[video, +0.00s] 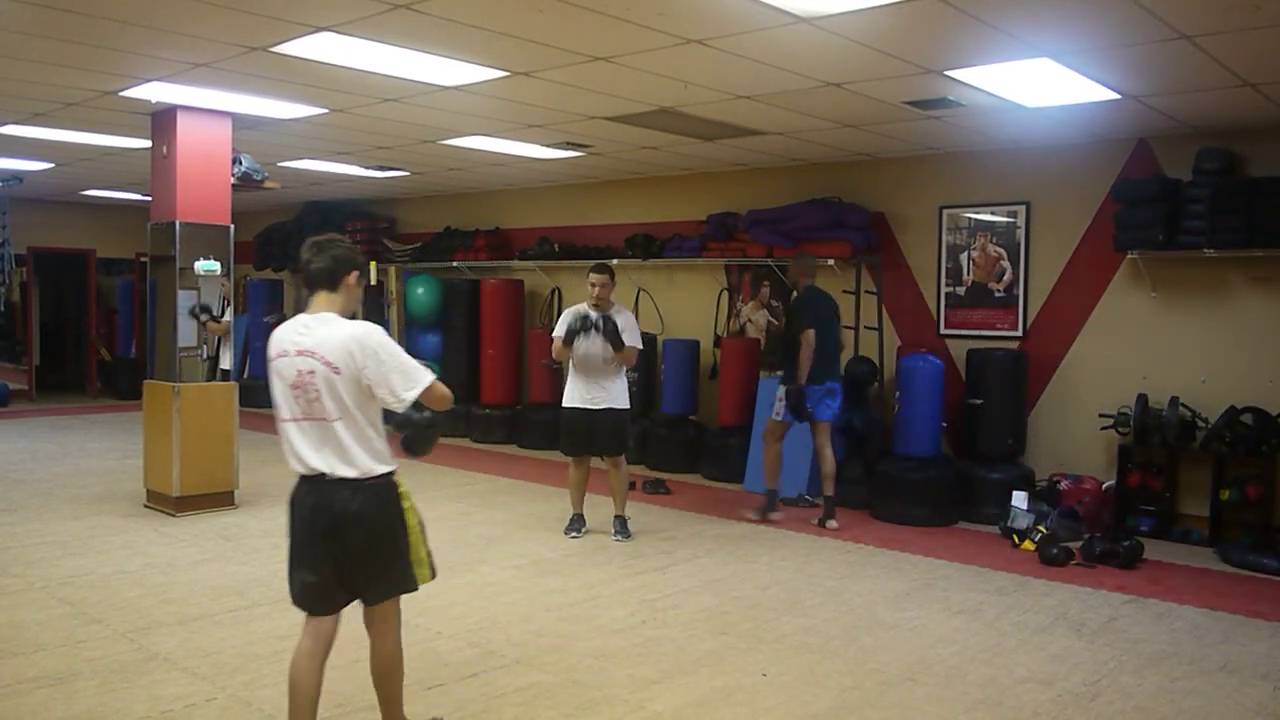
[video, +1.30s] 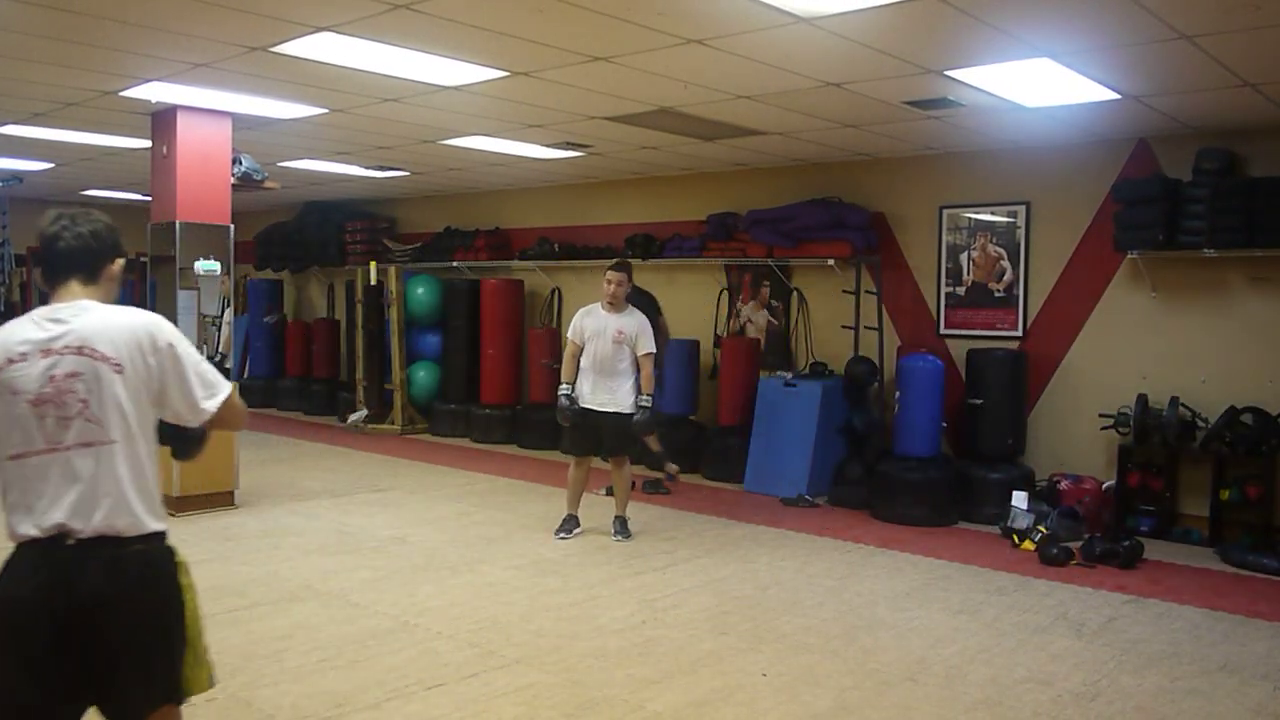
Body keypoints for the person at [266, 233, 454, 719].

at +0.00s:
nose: (362, 290)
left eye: (362, 283)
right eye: (361, 282)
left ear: (307, 281)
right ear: (350, 280)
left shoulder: (280, 338)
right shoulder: (362, 336)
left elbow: (315, 404)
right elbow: (440, 398)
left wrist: (389, 428)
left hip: (311, 499)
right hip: (371, 501)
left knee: (316, 631)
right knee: (384, 629)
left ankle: (300, 717)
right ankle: (395, 717)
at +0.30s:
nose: (308, 282)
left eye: (308, 275)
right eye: (308, 274)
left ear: (249, 278)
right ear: (298, 272)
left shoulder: (222, 336)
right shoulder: (325, 321)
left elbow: (246, 403)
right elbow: (396, 376)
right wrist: (369, 419)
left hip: (255, 507)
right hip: (324, 504)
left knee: (274, 642)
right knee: (366, 619)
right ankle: (351, 716)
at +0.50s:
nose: (277, 282)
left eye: (276, 276)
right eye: (275, 275)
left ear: (216, 282)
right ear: (268, 276)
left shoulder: (188, 344)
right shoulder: (302, 329)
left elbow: (207, 416)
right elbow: (365, 388)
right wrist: (328, 427)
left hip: (224, 522)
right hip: (295, 521)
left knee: (252, 660)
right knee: (305, 663)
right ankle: (280, 714)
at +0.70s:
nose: (248, 284)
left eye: (245, 278)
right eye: (247, 277)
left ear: (181, 286)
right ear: (240, 278)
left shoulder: (147, 344)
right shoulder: (271, 335)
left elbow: (176, 421)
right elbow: (338, 395)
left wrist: (271, 433)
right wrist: (271, 407)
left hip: (178, 542)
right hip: (254, 539)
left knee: (227, 689)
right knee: (231, 691)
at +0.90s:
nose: (218, 271)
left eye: (215, 262)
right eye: (217, 263)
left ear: (142, 271)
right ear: (210, 265)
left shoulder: (105, 332)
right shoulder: (237, 325)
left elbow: (112, 412)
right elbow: (307, 394)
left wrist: (225, 418)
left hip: (137, 541)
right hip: (219, 541)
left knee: (160, 693)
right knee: (206, 705)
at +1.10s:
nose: (174, 269)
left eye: (171, 261)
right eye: (173, 261)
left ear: (99, 270)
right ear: (165, 265)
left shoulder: (56, 342)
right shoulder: (196, 332)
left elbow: (83, 431)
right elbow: (275, 405)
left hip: (93, 560)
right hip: (185, 558)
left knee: (87, 710)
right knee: (189, 704)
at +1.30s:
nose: (122, 272)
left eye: (123, 264)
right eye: (122, 263)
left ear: (44, 272)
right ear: (113, 265)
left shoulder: (6, 340)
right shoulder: (145, 331)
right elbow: (233, 412)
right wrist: (164, 416)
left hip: (32, 574)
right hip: (135, 572)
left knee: (32, 712)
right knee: (156, 709)